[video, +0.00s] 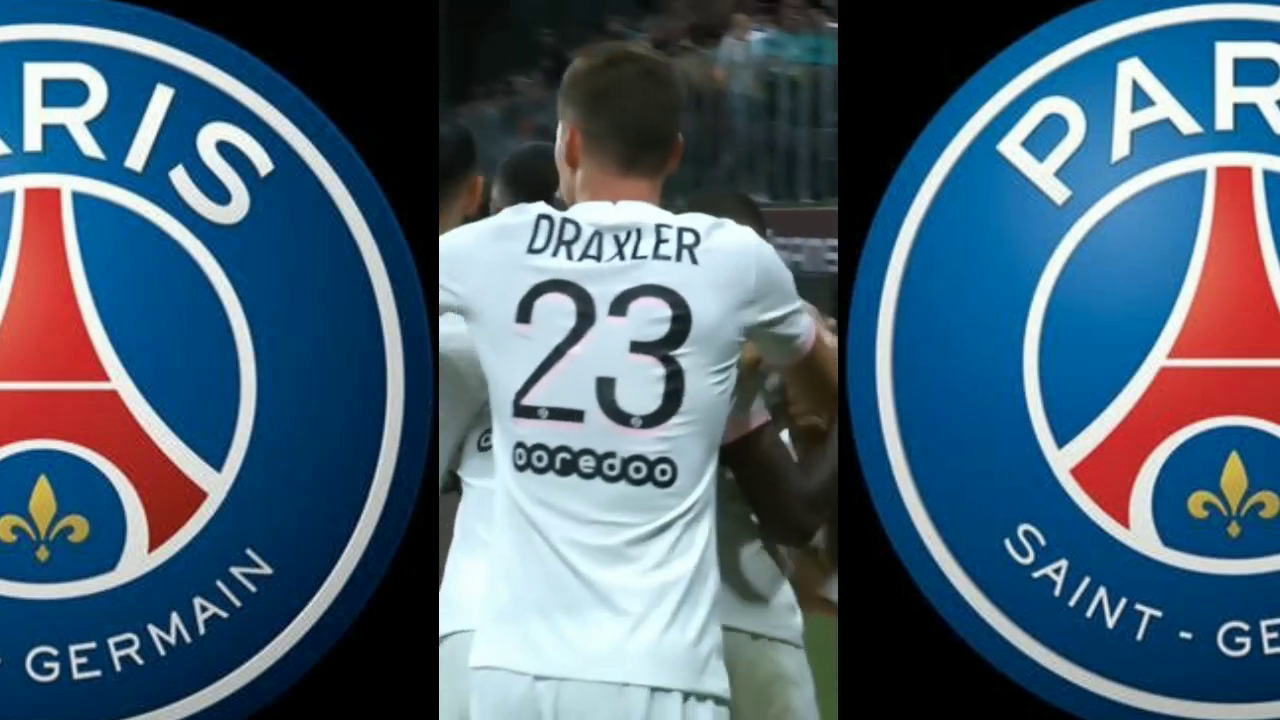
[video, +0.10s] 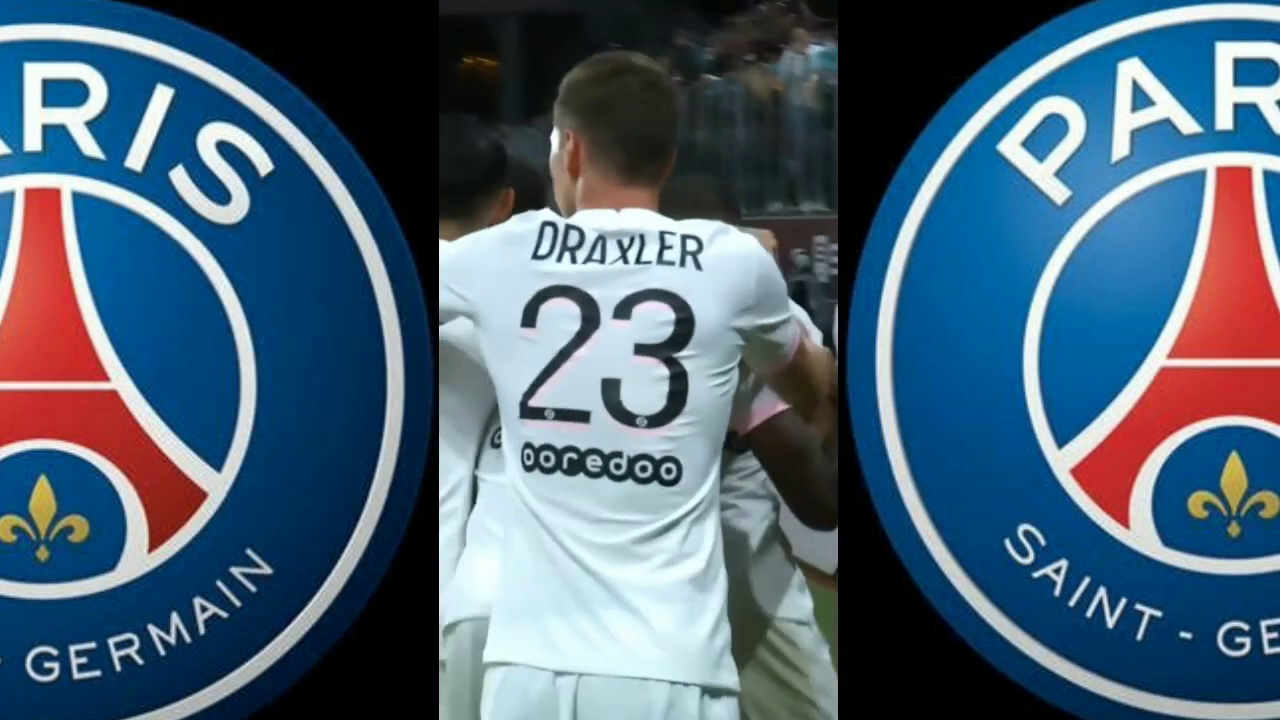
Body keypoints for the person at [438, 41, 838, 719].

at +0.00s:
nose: (556, 150)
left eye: (557, 136)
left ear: (568, 143)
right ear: (676, 154)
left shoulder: (475, 253)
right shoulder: (738, 259)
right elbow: (815, 359)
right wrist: (810, 422)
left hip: (495, 653)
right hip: (658, 663)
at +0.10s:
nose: (551, 157)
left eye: (553, 140)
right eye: (554, 139)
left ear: (568, 149)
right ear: (671, 161)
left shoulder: (491, 257)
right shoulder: (735, 263)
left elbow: (363, 292)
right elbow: (813, 386)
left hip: (528, 651)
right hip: (676, 656)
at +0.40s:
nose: (551, 165)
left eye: (551, 147)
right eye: (551, 146)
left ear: (569, 155)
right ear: (663, 159)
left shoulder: (492, 249)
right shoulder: (724, 259)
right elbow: (815, 402)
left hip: (533, 639)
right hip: (681, 641)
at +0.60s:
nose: (608, 176)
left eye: (609, 163)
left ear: (621, 173)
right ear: (715, 190)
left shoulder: (558, 263)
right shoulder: (777, 277)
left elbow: (454, 299)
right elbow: (816, 406)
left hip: (590, 633)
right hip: (731, 641)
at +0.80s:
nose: (700, 186)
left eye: (705, 171)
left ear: (716, 182)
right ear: (809, 200)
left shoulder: (655, 281)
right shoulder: (849, 284)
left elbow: (510, 319)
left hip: (695, 629)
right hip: (826, 627)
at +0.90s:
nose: (746, 181)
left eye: (749, 169)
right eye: (753, 167)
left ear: (759, 179)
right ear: (844, 189)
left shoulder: (693, 280)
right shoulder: (894, 282)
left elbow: (638, 358)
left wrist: (713, 354)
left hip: (739, 616)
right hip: (842, 612)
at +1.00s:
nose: (799, 178)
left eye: (802, 167)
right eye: (804, 166)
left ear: (808, 176)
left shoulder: (745, 288)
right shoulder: (920, 284)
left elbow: (679, 461)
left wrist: (614, 528)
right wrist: (754, 460)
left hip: (800, 608)